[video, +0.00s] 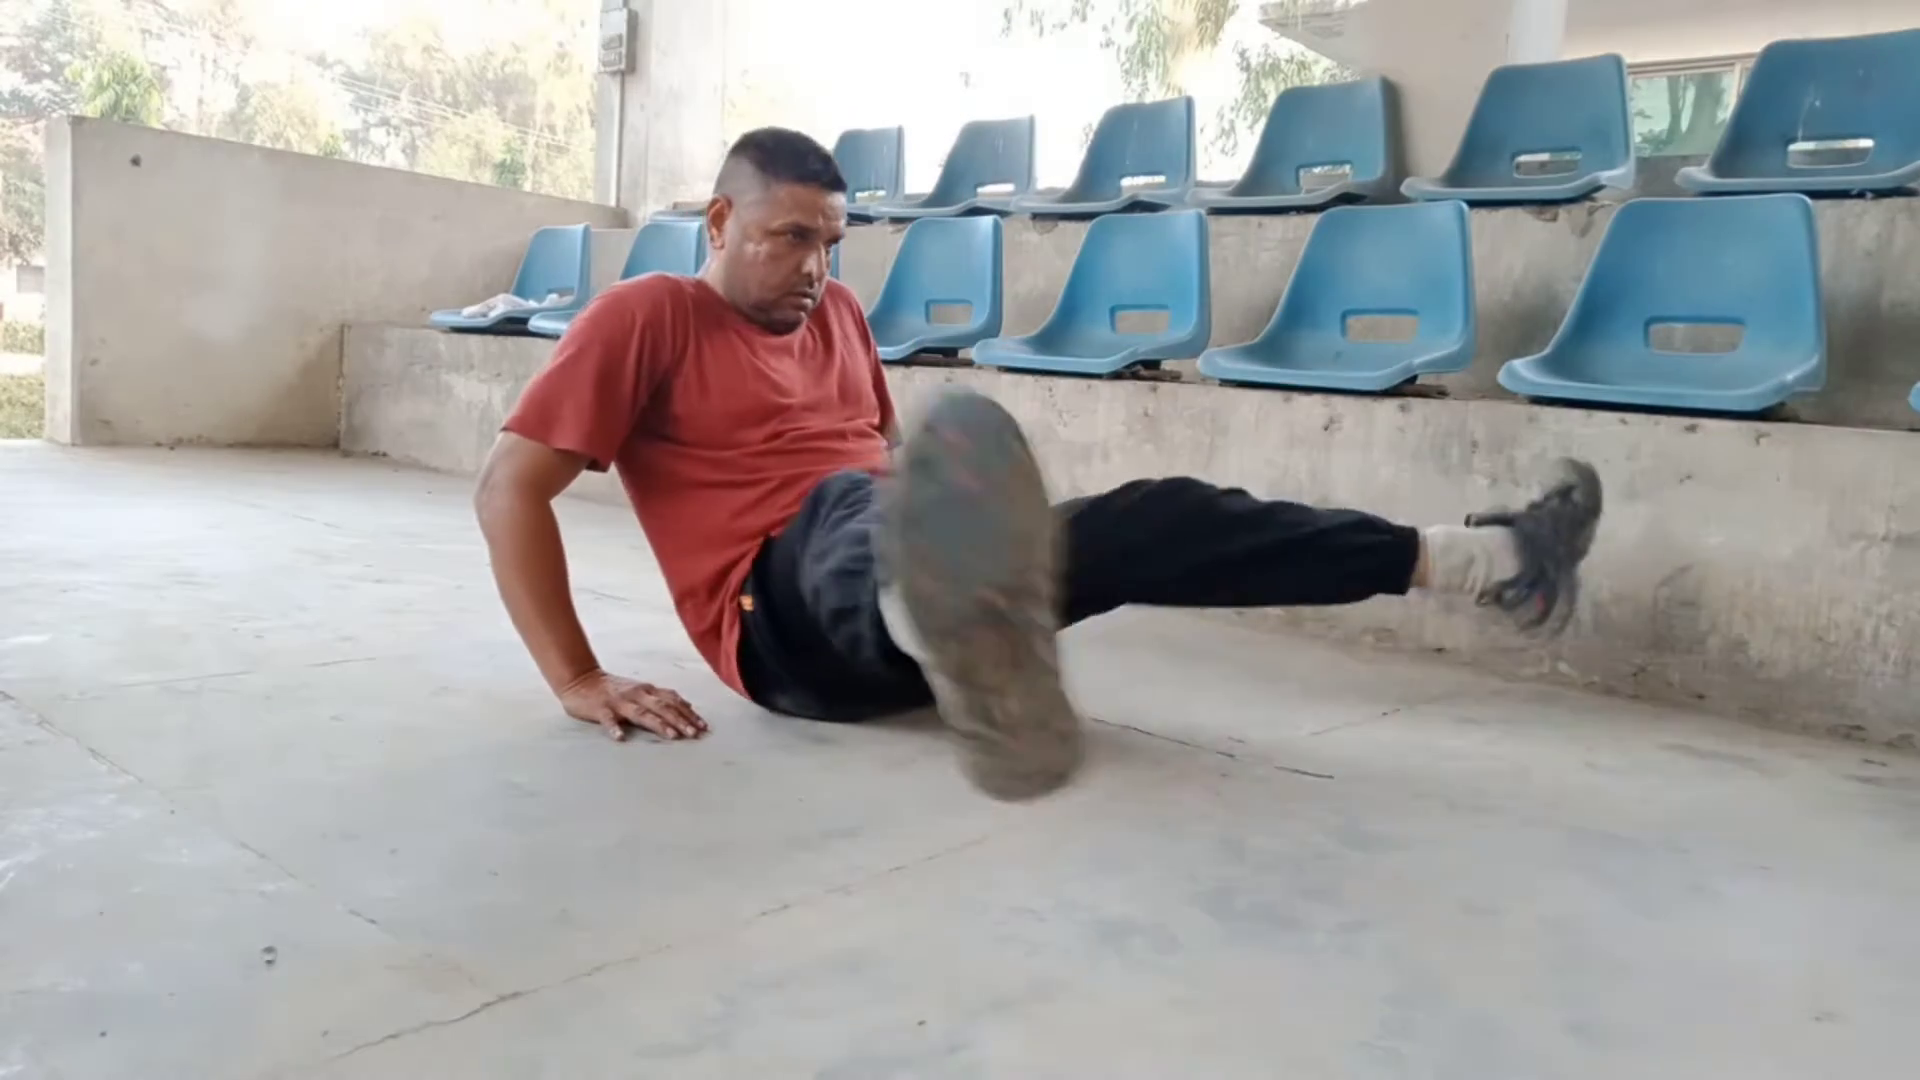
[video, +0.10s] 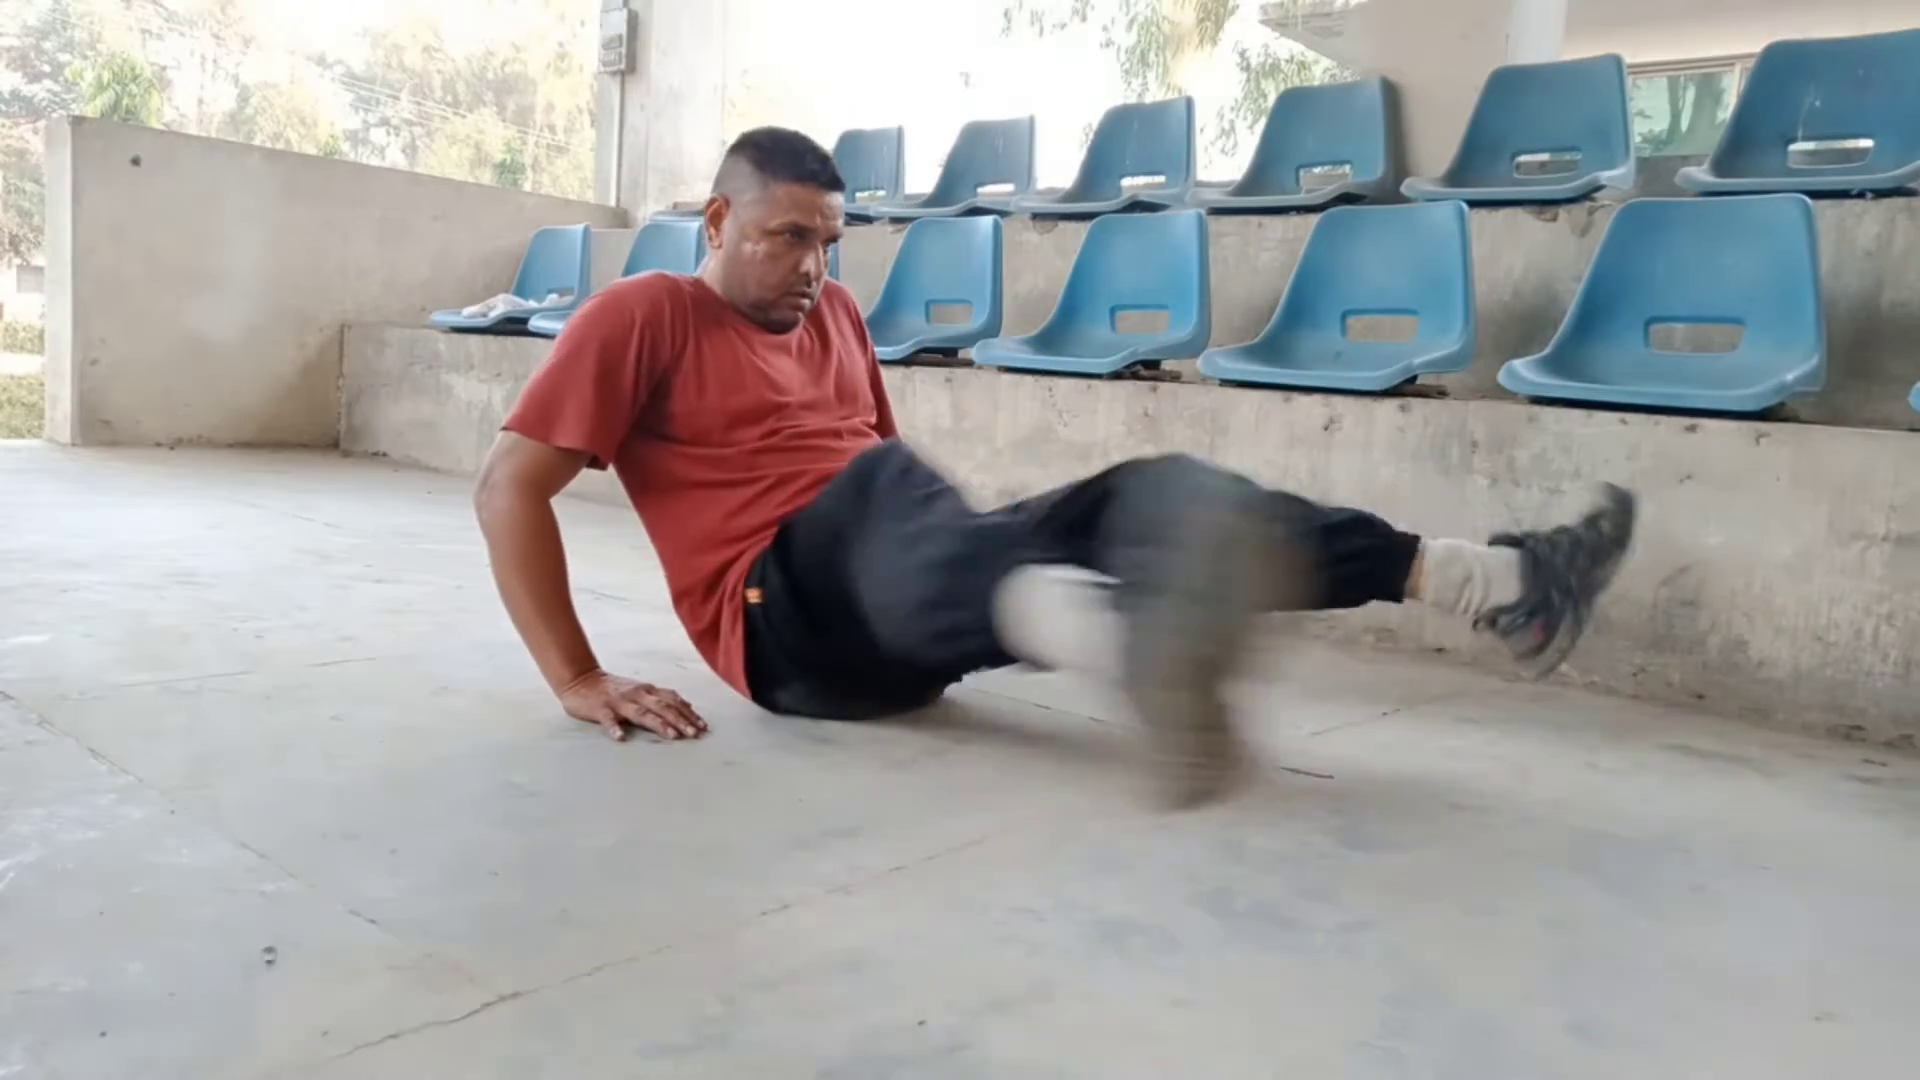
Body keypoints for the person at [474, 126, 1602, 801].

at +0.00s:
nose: (813, 263)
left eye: (825, 240)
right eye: (788, 237)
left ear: (831, 229)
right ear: (716, 219)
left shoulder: (840, 315)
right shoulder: (643, 317)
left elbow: (879, 451)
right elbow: (508, 487)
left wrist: (962, 543)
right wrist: (576, 679)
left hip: (913, 559)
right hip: (780, 593)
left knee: (1158, 518)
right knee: (859, 520)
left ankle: (1487, 564)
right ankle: (982, 660)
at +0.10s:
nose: (813, 264)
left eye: (825, 240)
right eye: (788, 236)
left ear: (832, 229)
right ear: (715, 217)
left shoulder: (834, 316)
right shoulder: (637, 316)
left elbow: (872, 457)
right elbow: (509, 490)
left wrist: (953, 550)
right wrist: (577, 681)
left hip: (907, 590)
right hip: (779, 619)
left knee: (1147, 499)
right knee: (890, 486)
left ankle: (1499, 586)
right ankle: (1129, 653)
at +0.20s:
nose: (810, 261)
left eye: (820, 238)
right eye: (783, 235)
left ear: (825, 230)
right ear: (709, 223)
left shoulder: (828, 322)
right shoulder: (635, 320)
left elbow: (870, 470)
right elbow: (506, 492)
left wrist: (977, 566)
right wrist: (574, 679)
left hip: (915, 611)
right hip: (795, 630)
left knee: (1163, 467)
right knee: (949, 447)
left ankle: (1497, 605)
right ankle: (1292, 643)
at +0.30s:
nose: (812, 257)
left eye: (820, 235)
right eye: (787, 232)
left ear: (820, 234)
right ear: (708, 225)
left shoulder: (824, 320)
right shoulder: (639, 323)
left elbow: (855, 469)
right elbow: (506, 493)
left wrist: (900, 575)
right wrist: (575, 683)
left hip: (911, 607)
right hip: (807, 631)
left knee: (1132, 442)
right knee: (1002, 447)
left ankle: (1450, 590)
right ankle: (1380, 629)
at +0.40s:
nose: (813, 250)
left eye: (821, 226)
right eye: (786, 225)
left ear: (822, 228)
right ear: (708, 224)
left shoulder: (827, 318)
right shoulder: (642, 318)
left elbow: (855, 464)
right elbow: (510, 494)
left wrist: (907, 569)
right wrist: (576, 683)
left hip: (900, 600)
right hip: (808, 622)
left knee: (1127, 437)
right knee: (1056, 453)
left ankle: (1450, 582)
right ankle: (1430, 616)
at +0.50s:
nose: (814, 249)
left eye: (823, 225)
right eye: (787, 223)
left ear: (825, 225)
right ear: (711, 220)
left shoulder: (829, 314)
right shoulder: (645, 315)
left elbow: (860, 461)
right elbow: (513, 491)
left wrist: (912, 569)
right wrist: (577, 684)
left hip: (899, 595)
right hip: (811, 617)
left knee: (1122, 443)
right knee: (1067, 454)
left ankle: (1446, 598)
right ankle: (1430, 610)